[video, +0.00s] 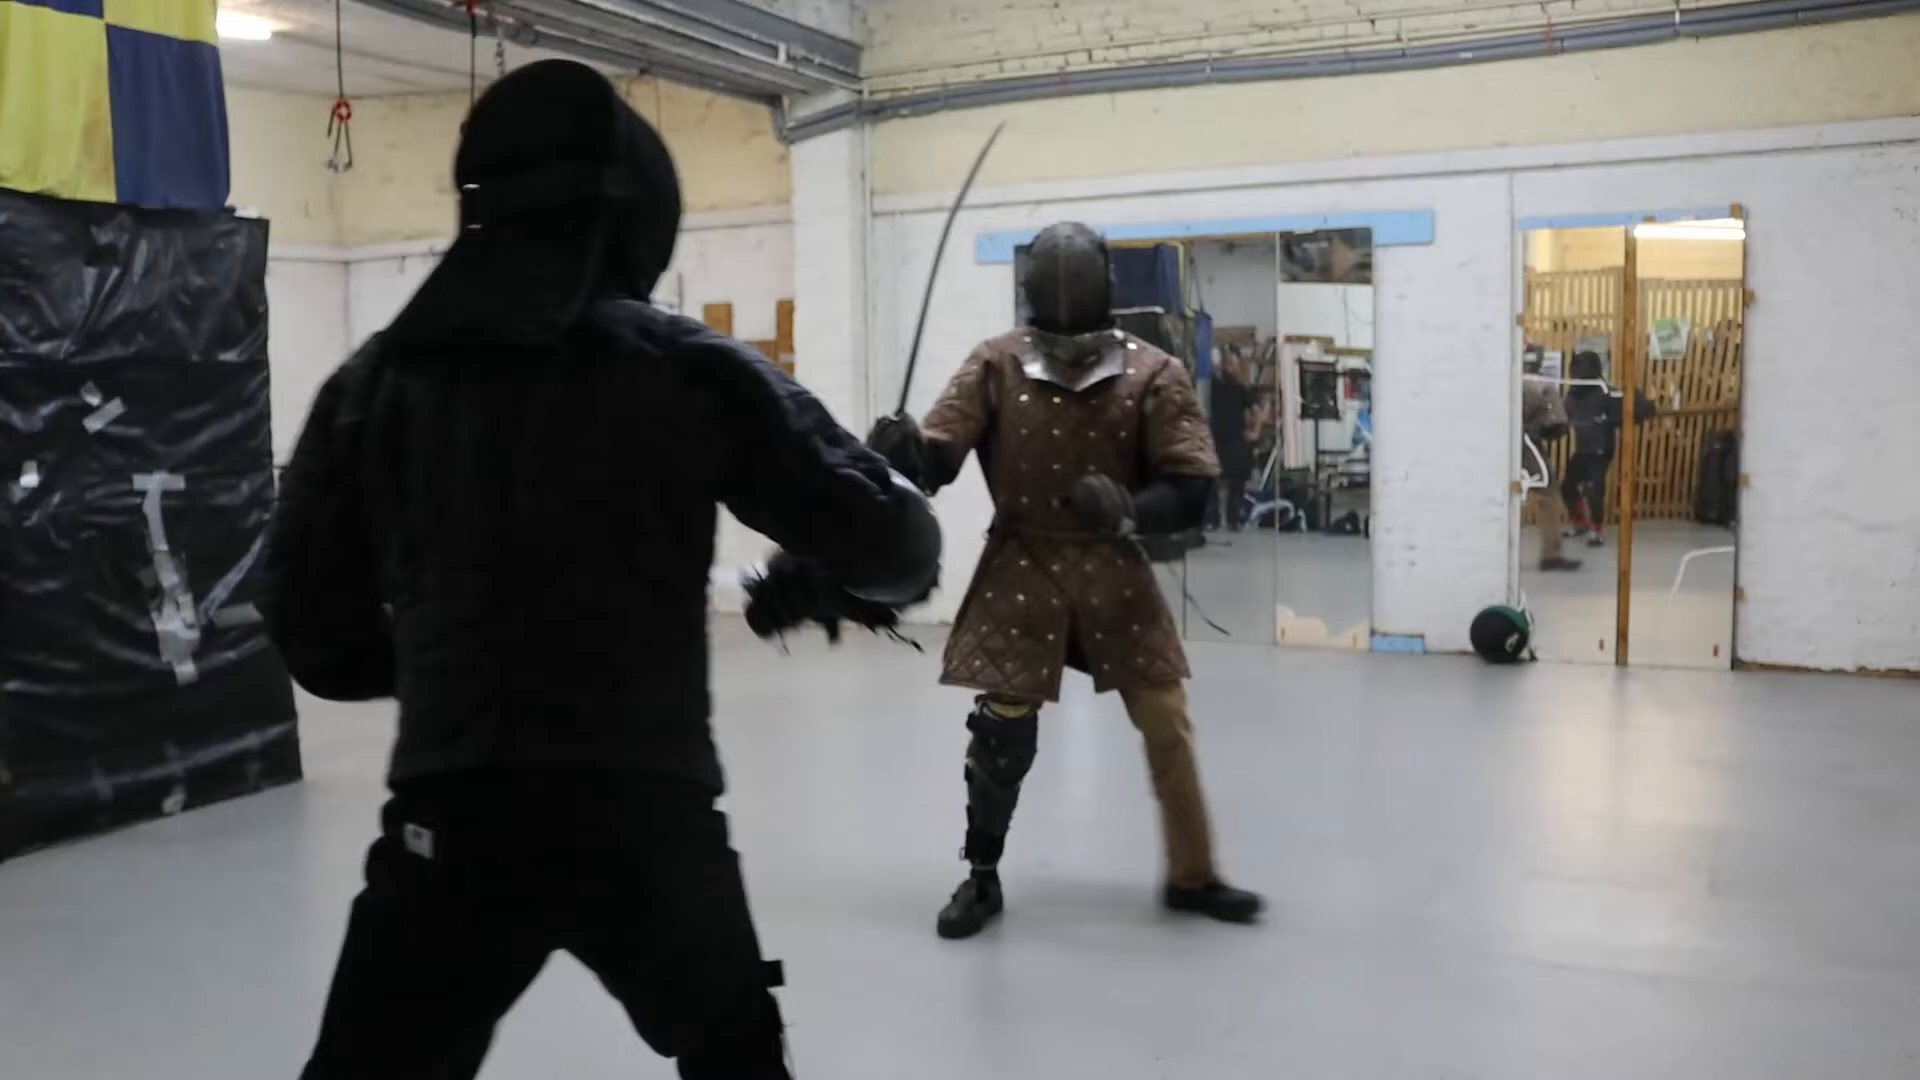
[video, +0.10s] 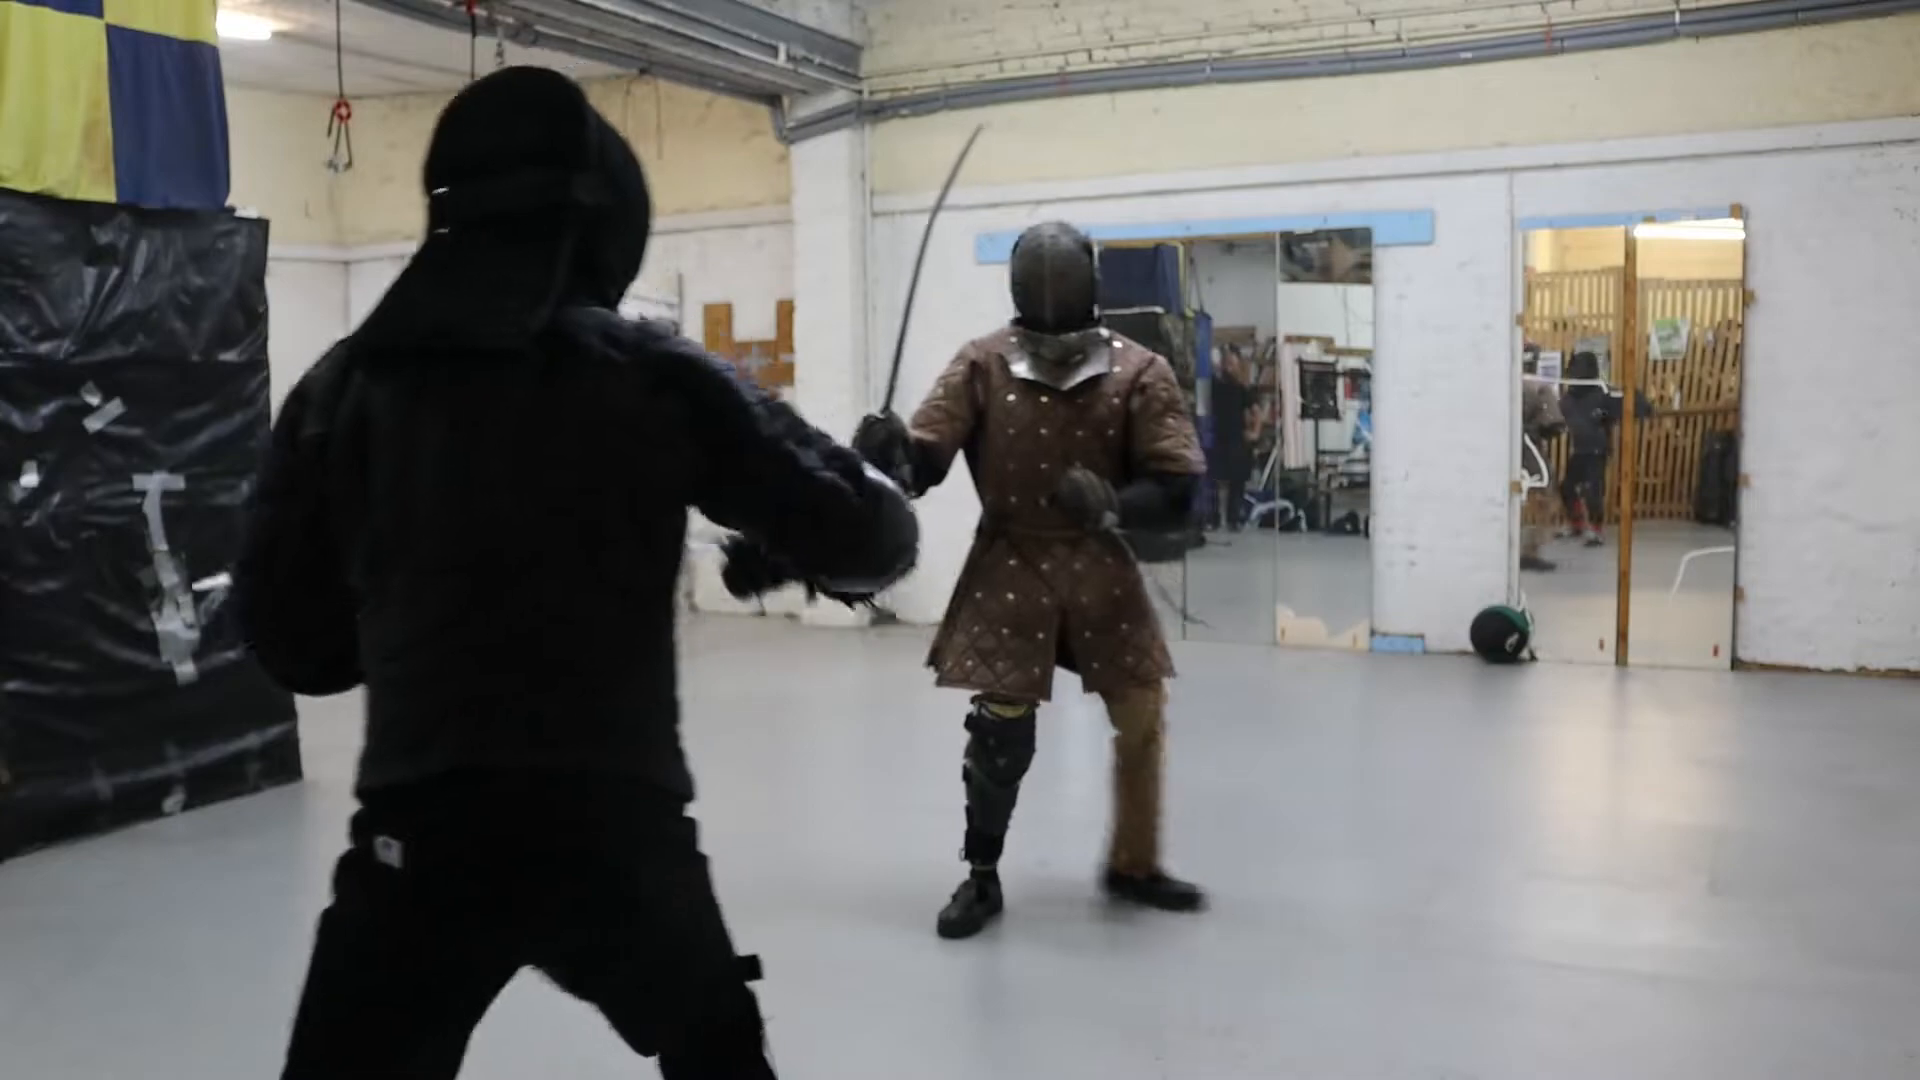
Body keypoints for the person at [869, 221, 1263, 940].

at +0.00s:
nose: (1062, 326)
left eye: (1077, 311)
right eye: (1048, 310)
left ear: (1102, 301)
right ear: (1030, 301)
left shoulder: (1153, 375)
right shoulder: (994, 368)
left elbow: (1195, 492)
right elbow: (935, 462)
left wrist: (1132, 508)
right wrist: (906, 449)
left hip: (1117, 572)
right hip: (1021, 570)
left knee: (1168, 722)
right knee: (1000, 729)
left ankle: (1192, 878)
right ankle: (979, 880)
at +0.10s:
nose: (1056, 352)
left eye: (1069, 337)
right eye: (1041, 338)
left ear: (1092, 307)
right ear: (1019, 311)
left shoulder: (1139, 372)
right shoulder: (981, 368)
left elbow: (1178, 486)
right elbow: (923, 465)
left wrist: (1113, 499)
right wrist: (893, 451)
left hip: (1102, 567)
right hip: (1010, 566)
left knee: (1143, 709)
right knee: (1001, 722)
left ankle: (1133, 868)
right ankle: (981, 877)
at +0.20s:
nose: (1037, 354)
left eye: (1052, 339)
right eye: (1022, 340)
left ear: (1075, 307)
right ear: (1002, 312)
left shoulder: (1123, 370)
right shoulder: (967, 367)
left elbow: (1162, 482)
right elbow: (913, 471)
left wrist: (1094, 496)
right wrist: (880, 463)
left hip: (1085, 567)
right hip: (996, 566)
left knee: (1098, 721)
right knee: (997, 730)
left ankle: (1054, 858)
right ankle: (979, 878)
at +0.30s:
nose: (1027, 333)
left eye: (1040, 318)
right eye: (1012, 317)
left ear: (1064, 299)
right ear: (991, 301)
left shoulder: (1112, 370)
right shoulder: (959, 368)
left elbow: (1152, 483)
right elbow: (916, 464)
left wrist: (1080, 493)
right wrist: (893, 488)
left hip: (1074, 570)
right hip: (987, 567)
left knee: (1061, 731)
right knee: (992, 726)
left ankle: (1025, 857)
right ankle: (980, 877)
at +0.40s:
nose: (1019, 327)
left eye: (1033, 311)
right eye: (1004, 312)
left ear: (1055, 297)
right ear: (985, 300)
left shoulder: (1105, 370)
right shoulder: (954, 369)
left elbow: (1139, 483)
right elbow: (915, 466)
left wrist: (1064, 488)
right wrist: (909, 509)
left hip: (1066, 572)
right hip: (980, 569)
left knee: (1052, 731)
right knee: (985, 727)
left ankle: (1024, 857)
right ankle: (979, 875)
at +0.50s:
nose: (1016, 336)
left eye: (1030, 321)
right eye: (1001, 321)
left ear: (1053, 300)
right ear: (980, 304)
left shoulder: (1098, 370)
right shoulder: (948, 371)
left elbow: (1128, 482)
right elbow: (912, 477)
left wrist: (1052, 487)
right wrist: (915, 524)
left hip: (1061, 572)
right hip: (974, 570)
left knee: (1051, 731)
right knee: (978, 726)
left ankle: (1022, 856)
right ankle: (973, 869)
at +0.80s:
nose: (978, 359)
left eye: (992, 345)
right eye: (964, 344)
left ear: (1014, 323)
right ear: (942, 325)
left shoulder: (1062, 389)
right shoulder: (910, 388)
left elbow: (1110, 496)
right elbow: (872, 492)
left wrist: (1050, 513)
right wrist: (844, 506)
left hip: (1027, 581)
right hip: (942, 581)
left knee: (1054, 733)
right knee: (945, 734)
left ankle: (1021, 861)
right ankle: (901, 905)